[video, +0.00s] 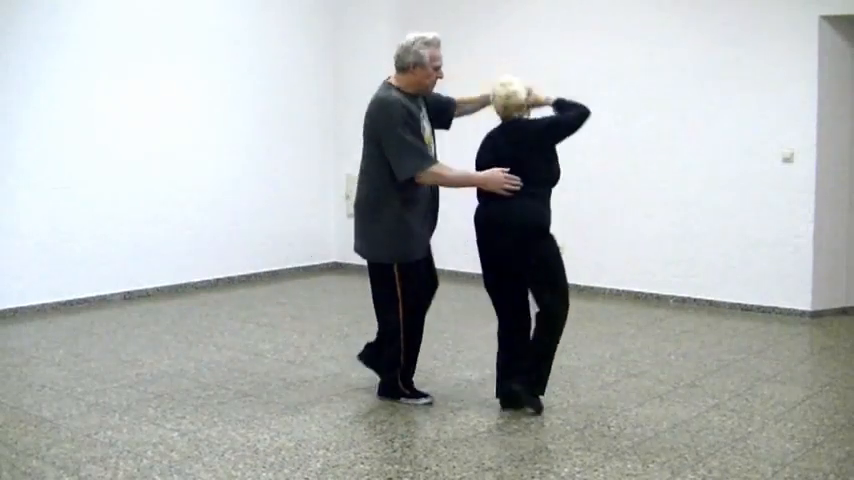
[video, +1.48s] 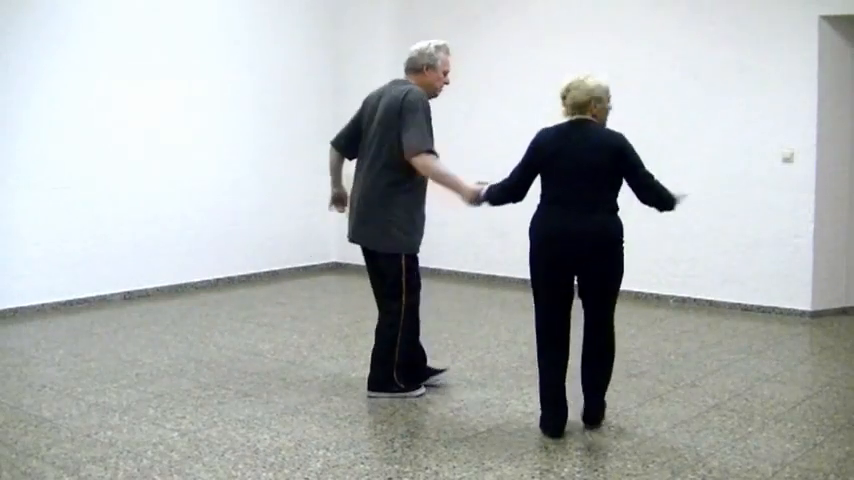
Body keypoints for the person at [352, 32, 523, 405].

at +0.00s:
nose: (440, 75)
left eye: (440, 67)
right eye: (434, 68)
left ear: (415, 68)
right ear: (409, 69)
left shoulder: (412, 97)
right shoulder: (391, 107)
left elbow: (452, 109)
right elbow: (421, 172)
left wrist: (494, 97)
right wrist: (480, 178)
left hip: (406, 223)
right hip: (388, 228)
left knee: (423, 286)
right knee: (401, 305)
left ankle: (381, 350)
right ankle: (396, 384)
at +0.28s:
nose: (447, 72)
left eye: (447, 65)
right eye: (441, 65)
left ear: (424, 67)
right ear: (416, 66)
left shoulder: (432, 102)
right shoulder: (388, 105)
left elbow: (445, 152)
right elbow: (398, 171)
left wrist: (488, 161)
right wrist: (452, 191)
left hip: (425, 230)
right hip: (392, 234)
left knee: (431, 304)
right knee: (397, 311)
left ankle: (420, 371)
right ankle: (394, 383)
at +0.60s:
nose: (456, 74)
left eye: (457, 67)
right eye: (451, 67)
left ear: (437, 68)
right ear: (426, 67)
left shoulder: (447, 107)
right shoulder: (397, 104)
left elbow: (453, 159)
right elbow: (393, 165)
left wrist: (467, 178)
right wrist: (444, 180)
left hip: (433, 221)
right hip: (401, 222)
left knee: (427, 292)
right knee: (433, 286)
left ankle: (419, 371)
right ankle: (410, 374)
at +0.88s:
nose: (456, 73)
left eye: (457, 66)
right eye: (450, 66)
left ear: (440, 67)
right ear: (426, 66)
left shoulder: (442, 110)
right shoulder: (399, 104)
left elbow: (447, 164)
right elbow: (399, 164)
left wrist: (468, 178)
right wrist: (447, 182)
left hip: (435, 227)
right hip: (406, 228)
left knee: (435, 300)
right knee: (426, 300)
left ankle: (423, 374)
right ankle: (413, 377)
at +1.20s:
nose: (454, 73)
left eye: (455, 66)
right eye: (450, 66)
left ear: (431, 66)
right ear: (427, 65)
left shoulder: (420, 99)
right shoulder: (404, 95)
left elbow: (416, 151)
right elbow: (393, 144)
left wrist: (445, 167)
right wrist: (441, 161)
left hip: (413, 218)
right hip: (402, 220)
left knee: (428, 289)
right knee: (433, 287)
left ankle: (406, 364)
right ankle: (411, 370)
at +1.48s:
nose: (447, 81)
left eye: (448, 73)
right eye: (444, 73)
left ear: (418, 70)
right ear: (426, 69)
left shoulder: (380, 95)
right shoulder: (414, 99)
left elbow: (339, 147)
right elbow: (419, 158)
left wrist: (336, 188)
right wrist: (464, 188)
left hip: (370, 220)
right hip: (392, 223)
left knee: (403, 298)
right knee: (398, 303)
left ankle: (412, 368)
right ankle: (386, 381)